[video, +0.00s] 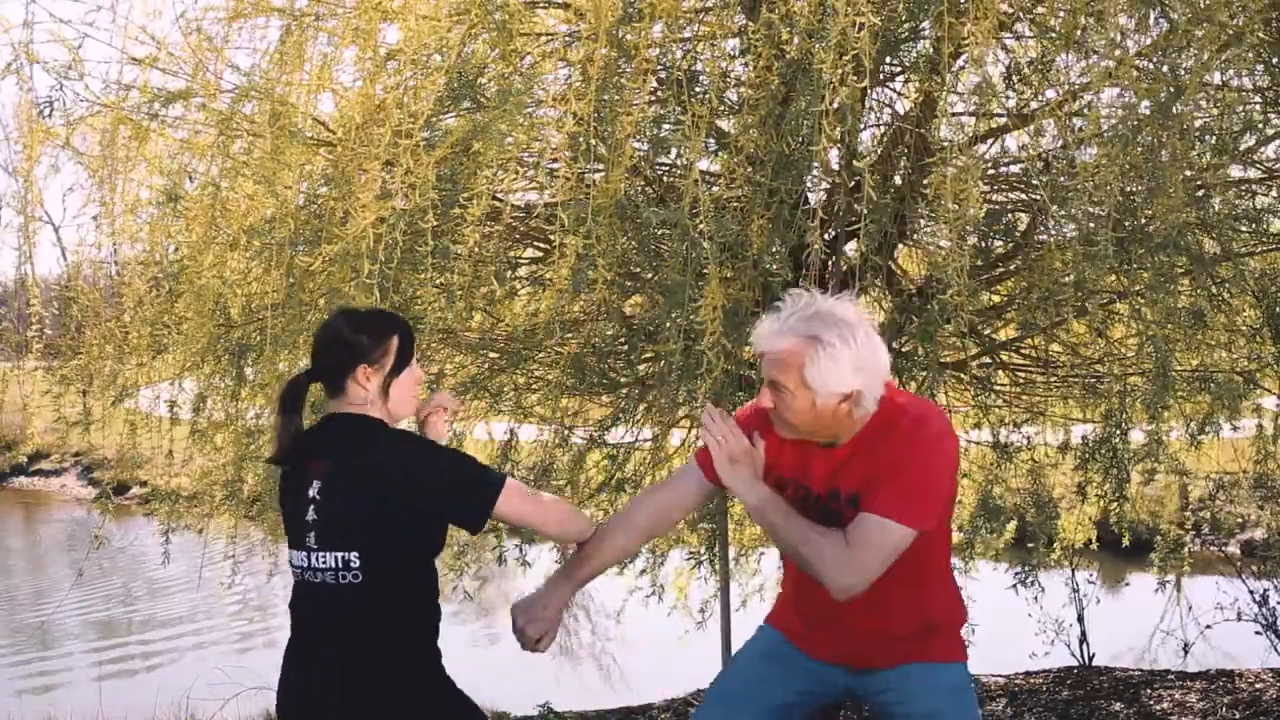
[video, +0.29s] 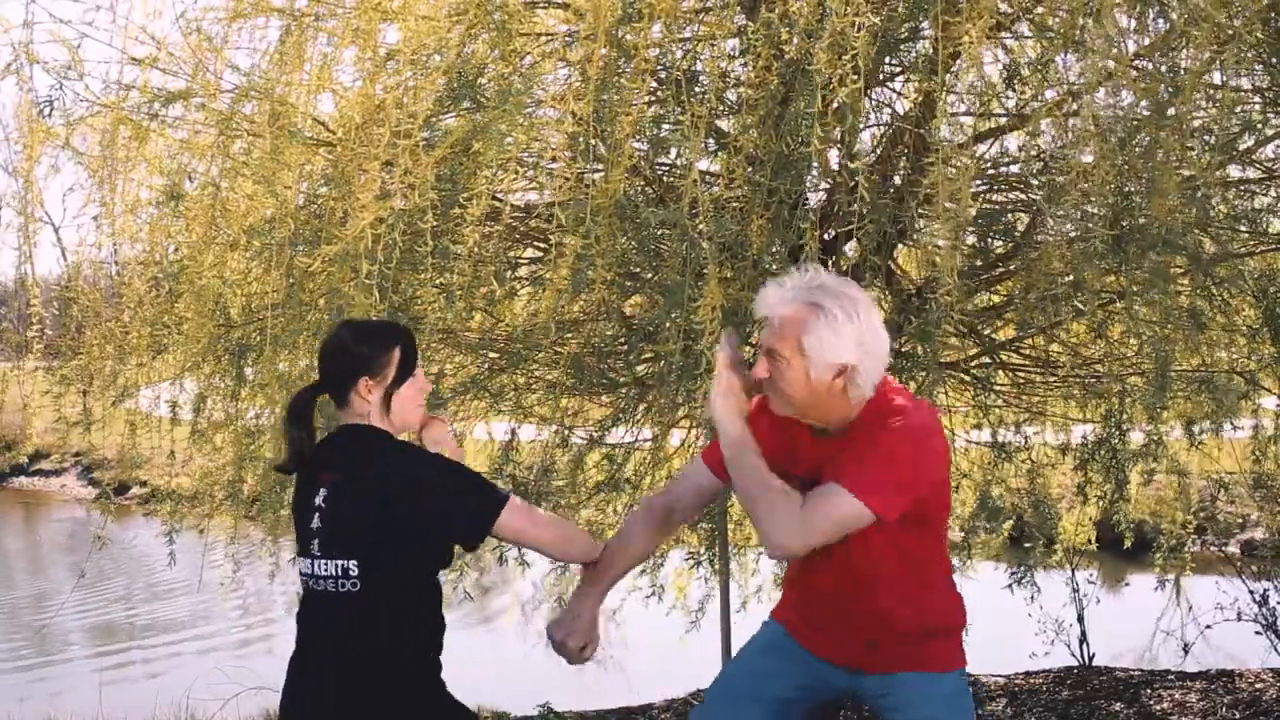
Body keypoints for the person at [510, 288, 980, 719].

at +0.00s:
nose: (765, 402)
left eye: (780, 390)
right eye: (765, 384)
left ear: (845, 398)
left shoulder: (923, 436)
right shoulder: (764, 425)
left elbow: (847, 572)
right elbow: (660, 506)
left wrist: (754, 493)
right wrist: (557, 589)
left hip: (916, 657)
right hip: (795, 645)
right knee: (711, 713)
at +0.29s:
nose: (757, 368)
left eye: (775, 357)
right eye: (759, 352)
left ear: (838, 374)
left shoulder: (909, 434)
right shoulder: (771, 415)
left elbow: (788, 533)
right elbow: (667, 508)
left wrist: (731, 425)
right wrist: (588, 597)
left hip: (916, 658)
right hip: (800, 642)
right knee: (714, 713)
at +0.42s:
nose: (728, 319)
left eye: (747, 306)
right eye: (736, 302)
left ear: (802, 327)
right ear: (799, 327)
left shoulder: (859, 410)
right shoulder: (747, 393)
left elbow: (728, 532)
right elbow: (633, 475)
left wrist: (614, 542)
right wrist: (685, 462)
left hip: (882, 664)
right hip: (772, 640)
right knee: (689, 713)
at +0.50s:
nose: (722, 297)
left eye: (739, 285)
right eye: (730, 283)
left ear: (791, 306)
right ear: (784, 307)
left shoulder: (846, 398)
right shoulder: (738, 387)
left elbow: (716, 518)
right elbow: (629, 436)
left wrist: (599, 558)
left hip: (859, 663)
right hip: (758, 641)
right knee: (679, 713)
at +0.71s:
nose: (731, 275)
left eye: (747, 261)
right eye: (740, 260)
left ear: (793, 280)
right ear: (789, 281)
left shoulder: (839, 375)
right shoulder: (742, 369)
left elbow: (695, 475)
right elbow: (644, 402)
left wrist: (590, 510)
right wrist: (559, 391)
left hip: (848, 663)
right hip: (747, 639)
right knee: (672, 713)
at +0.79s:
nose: (727, 272)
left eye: (745, 257)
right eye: (736, 258)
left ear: (793, 275)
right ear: (787, 274)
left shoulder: (836, 362)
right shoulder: (742, 361)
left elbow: (677, 448)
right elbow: (642, 390)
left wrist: (592, 456)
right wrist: (562, 395)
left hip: (845, 660)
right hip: (738, 638)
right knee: (672, 711)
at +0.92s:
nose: (703, 263)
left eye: (719, 248)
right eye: (710, 247)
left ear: (770, 261)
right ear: (766, 262)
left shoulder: (830, 352)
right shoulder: (711, 354)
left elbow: (702, 451)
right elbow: (579, 400)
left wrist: (585, 447)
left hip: (839, 649)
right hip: (721, 637)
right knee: (660, 710)